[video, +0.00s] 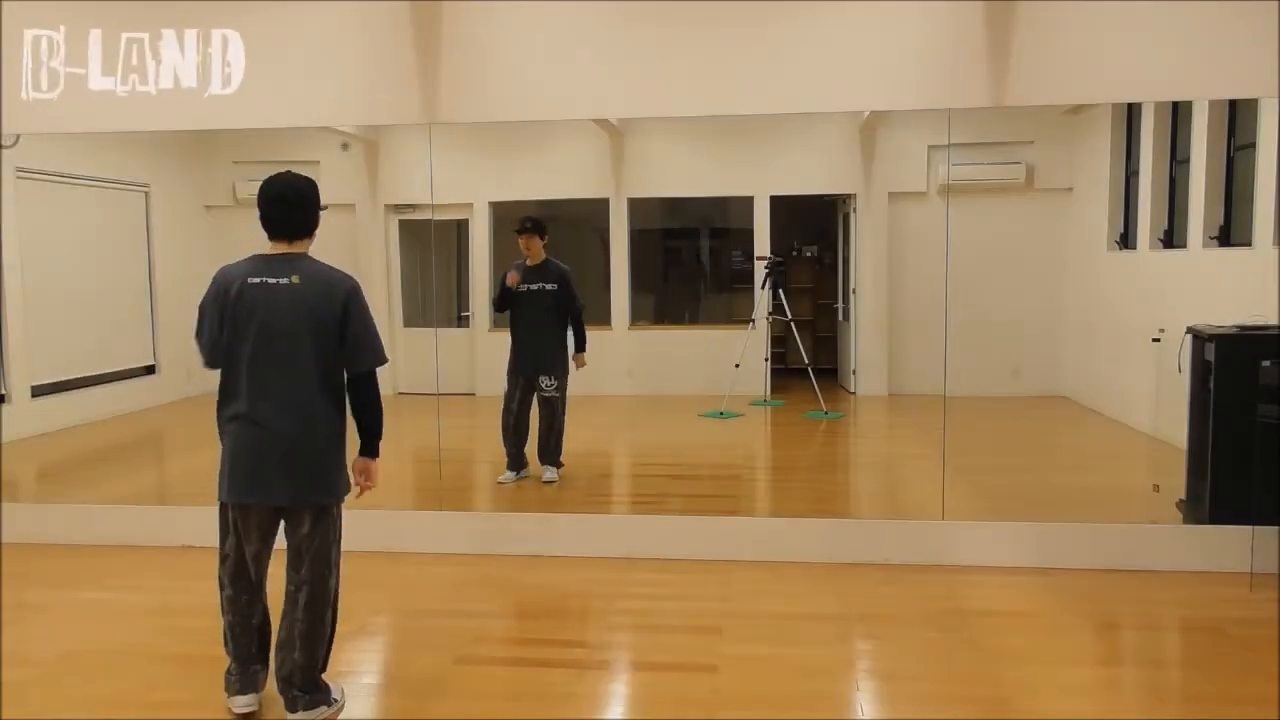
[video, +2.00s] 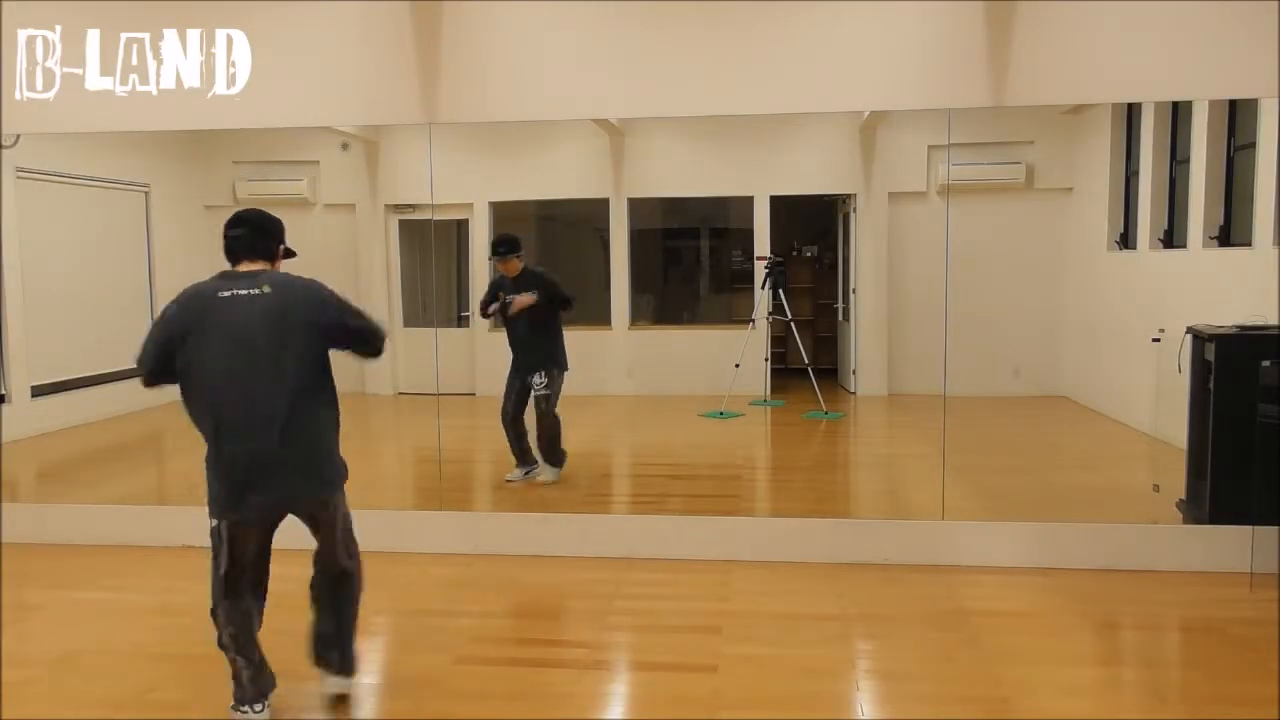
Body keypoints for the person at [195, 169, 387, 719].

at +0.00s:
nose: (314, 221)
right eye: (314, 213)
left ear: (262, 220)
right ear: (316, 220)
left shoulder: (229, 282)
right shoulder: (339, 288)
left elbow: (212, 352)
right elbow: (363, 380)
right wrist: (369, 450)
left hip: (246, 461)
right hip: (316, 461)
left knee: (241, 574)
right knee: (313, 578)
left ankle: (243, 684)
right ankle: (303, 690)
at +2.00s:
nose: (283, 260)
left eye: (280, 255)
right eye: (283, 255)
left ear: (227, 255)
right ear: (278, 256)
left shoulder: (191, 303)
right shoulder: (303, 295)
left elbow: (151, 370)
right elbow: (371, 340)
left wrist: (205, 354)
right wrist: (317, 324)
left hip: (237, 471)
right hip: (311, 465)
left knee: (236, 582)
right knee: (338, 549)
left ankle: (251, 694)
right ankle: (336, 657)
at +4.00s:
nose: (290, 222)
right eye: (289, 215)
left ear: (230, 222)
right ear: (284, 222)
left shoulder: (196, 289)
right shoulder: (309, 284)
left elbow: (190, 377)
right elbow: (339, 363)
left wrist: (232, 399)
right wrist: (349, 419)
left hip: (229, 467)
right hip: (300, 463)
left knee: (239, 578)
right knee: (311, 569)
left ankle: (265, 680)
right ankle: (281, 687)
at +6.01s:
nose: (322, 301)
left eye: (324, 297)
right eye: (323, 296)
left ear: (274, 274)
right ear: (315, 285)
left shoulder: (214, 296)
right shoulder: (314, 301)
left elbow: (192, 378)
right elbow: (329, 390)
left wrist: (215, 442)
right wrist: (337, 465)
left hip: (193, 461)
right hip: (264, 459)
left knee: (206, 595)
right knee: (309, 563)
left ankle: (217, 708)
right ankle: (300, 675)